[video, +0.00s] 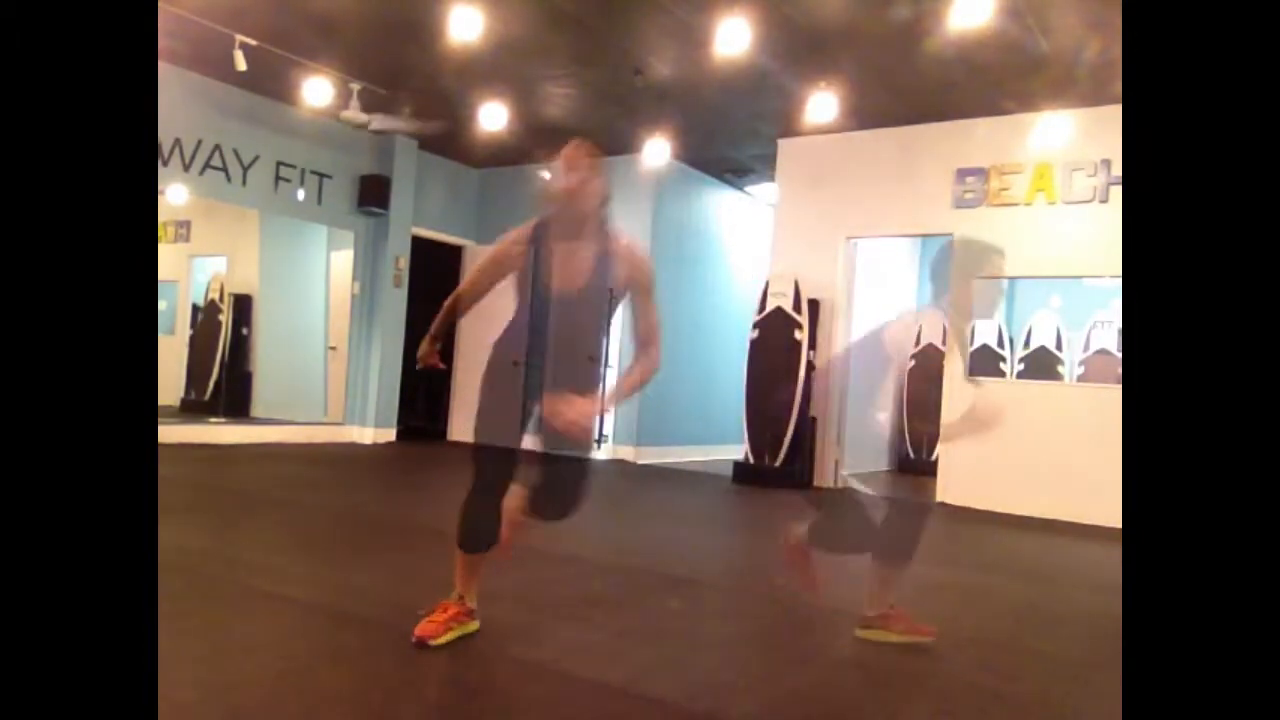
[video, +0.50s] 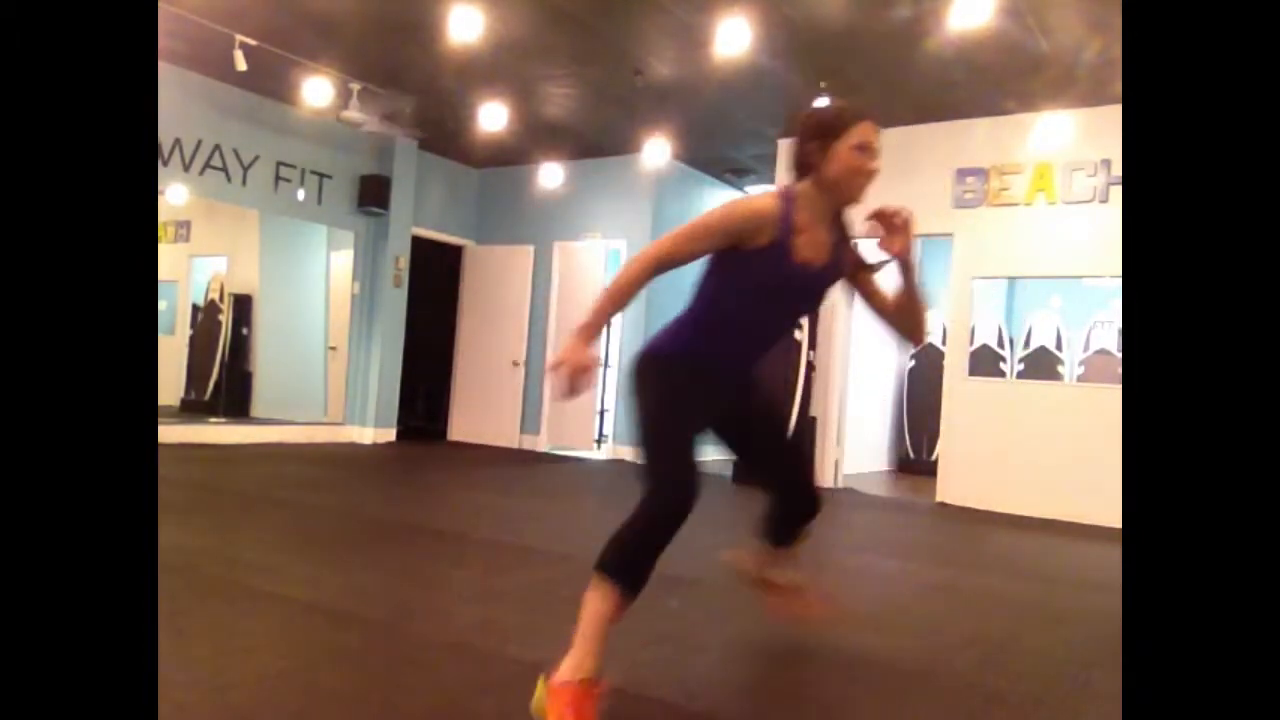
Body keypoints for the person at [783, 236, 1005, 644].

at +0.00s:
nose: (999, 290)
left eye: (1000, 280)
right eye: (992, 280)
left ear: (968, 284)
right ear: (962, 281)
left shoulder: (952, 335)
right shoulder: (930, 333)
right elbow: (916, 437)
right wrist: (965, 425)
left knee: (904, 520)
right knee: (876, 529)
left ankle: (880, 609)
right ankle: (801, 539)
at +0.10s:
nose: (984, 269)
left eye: (984, 258)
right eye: (975, 257)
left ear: (957, 262)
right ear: (944, 258)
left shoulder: (937, 317)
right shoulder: (904, 308)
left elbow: (938, 405)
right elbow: (834, 371)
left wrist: (985, 462)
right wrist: (865, 462)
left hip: (847, 414)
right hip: (811, 416)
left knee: (904, 498)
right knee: (871, 506)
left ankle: (878, 610)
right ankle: (802, 567)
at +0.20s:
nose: (961, 246)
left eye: (961, 235)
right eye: (951, 234)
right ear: (915, 238)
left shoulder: (943, 303)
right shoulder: (873, 290)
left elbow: (994, 346)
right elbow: (786, 306)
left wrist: (1006, 333)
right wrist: (750, 381)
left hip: (864, 415)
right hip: (824, 410)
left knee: (905, 505)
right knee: (851, 499)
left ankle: (879, 613)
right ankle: (768, 587)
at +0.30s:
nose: (933, 202)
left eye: (936, 191)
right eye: (924, 189)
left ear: (928, 201)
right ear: (888, 192)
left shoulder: (916, 263)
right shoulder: (841, 246)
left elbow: (1015, 289)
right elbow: (731, 255)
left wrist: (971, 250)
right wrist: (689, 302)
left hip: (817, 399)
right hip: (767, 387)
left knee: (884, 509)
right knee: (789, 471)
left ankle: (880, 615)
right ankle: (697, 581)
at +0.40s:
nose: (907, 163)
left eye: (911, 152)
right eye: (898, 149)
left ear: (894, 161)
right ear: (858, 150)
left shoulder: (885, 233)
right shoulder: (808, 208)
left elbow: (967, 291)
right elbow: (700, 239)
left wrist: (943, 241)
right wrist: (641, 310)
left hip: (784, 373)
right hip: (727, 358)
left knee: (820, 480)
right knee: (732, 465)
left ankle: (870, 594)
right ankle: (623, 602)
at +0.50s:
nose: (872, 165)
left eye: (875, 153)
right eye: (861, 150)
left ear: (855, 163)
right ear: (819, 154)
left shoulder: (836, 244)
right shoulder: (763, 213)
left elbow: (912, 328)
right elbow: (652, 259)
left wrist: (904, 260)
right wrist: (586, 333)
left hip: (734, 383)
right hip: (674, 369)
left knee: (797, 494)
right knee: (672, 492)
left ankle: (767, 565)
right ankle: (575, 670)